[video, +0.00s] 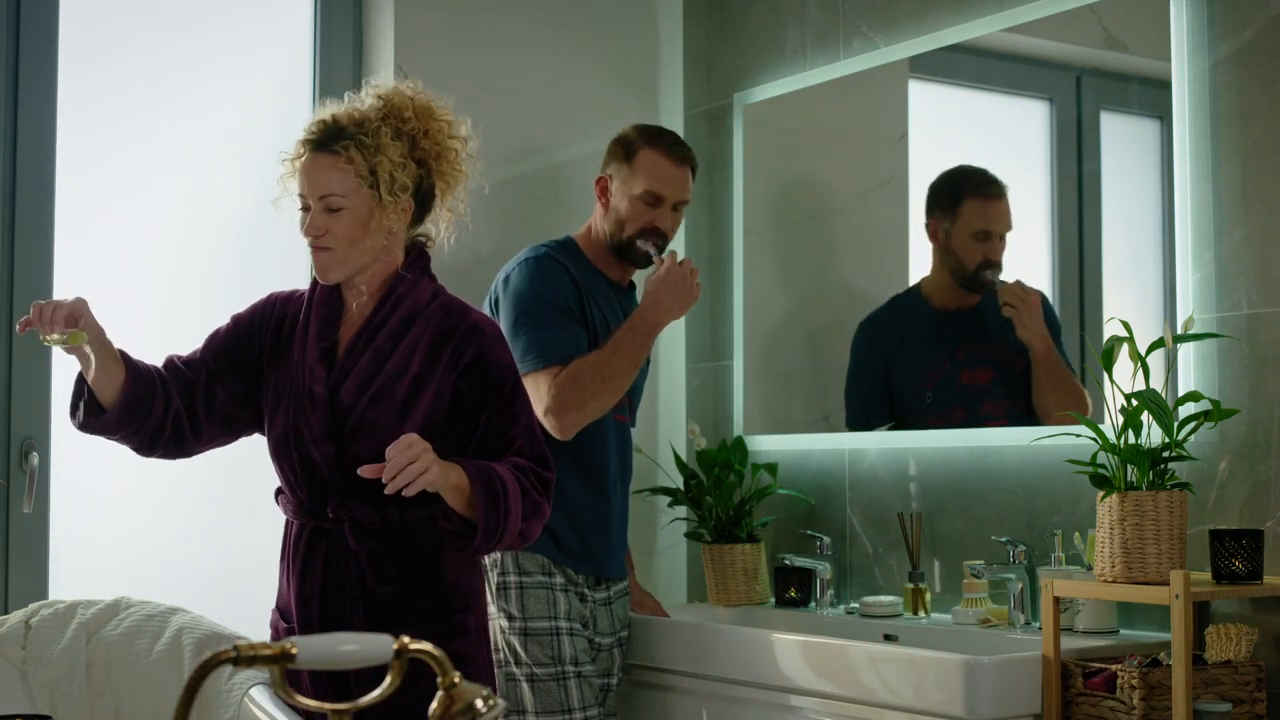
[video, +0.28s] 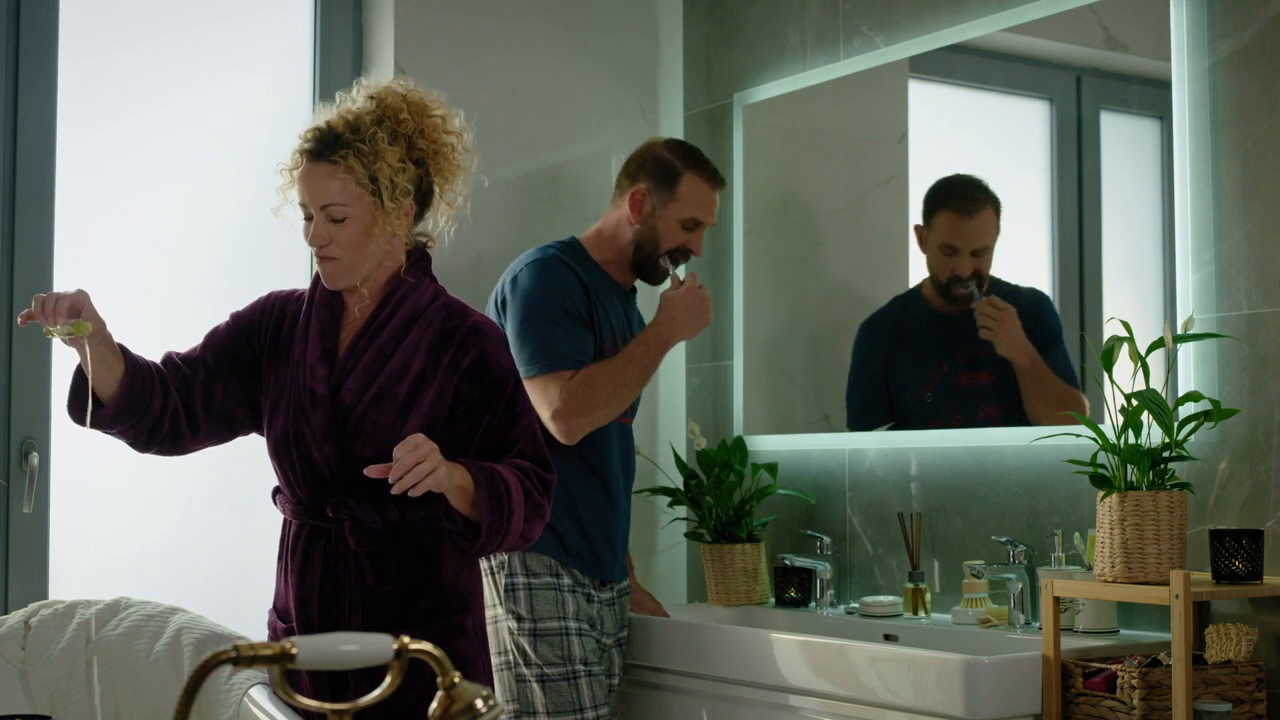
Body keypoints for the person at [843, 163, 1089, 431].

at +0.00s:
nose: (995, 255)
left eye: (1002, 238)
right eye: (981, 238)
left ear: (1009, 233)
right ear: (936, 232)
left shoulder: (1030, 312)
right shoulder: (882, 331)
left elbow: (1069, 423)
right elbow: (867, 450)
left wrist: (1039, 342)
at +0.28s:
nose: (965, 270)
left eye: (979, 253)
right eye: (949, 252)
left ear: (995, 241)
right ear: (922, 240)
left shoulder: (1032, 312)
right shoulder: (882, 333)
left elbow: (1070, 426)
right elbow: (867, 449)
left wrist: (1023, 354)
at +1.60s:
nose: (991, 244)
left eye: (999, 228)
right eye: (974, 227)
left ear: (1006, 227)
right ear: (932, 227)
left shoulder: (1039, 311)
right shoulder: (884, 330)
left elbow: (1082, 423)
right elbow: (871, 449)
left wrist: (1026, 381)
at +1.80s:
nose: (1019, 239)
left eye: (1023, 225)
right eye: (1004, 223)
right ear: (955, 223)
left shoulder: (1053, 313)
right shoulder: (898, 328)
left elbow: (1102, 419)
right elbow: (880, 446)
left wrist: (1061, 404)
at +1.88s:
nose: (1033, 236)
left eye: (1036, 222)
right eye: (1018, 220)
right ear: (968, 223)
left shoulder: (1063, 314)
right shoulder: (905, 326)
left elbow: (1111, 419)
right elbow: (885, 443)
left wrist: (1079, 410)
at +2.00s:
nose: (1061, 234)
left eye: (1061, 219)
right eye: (1047, 217)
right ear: (995, 222)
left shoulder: (1077, 314)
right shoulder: (920, 323)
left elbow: (1119, 415)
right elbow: (901, 442)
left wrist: (1107, 417)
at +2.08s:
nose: (1083, 234)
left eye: (1082, 219)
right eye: (1070, 218)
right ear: (1020, 221)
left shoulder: (1088, 313)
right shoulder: (933, 324)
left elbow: (1128, 415)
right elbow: (911, 451)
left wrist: (1114, 415)